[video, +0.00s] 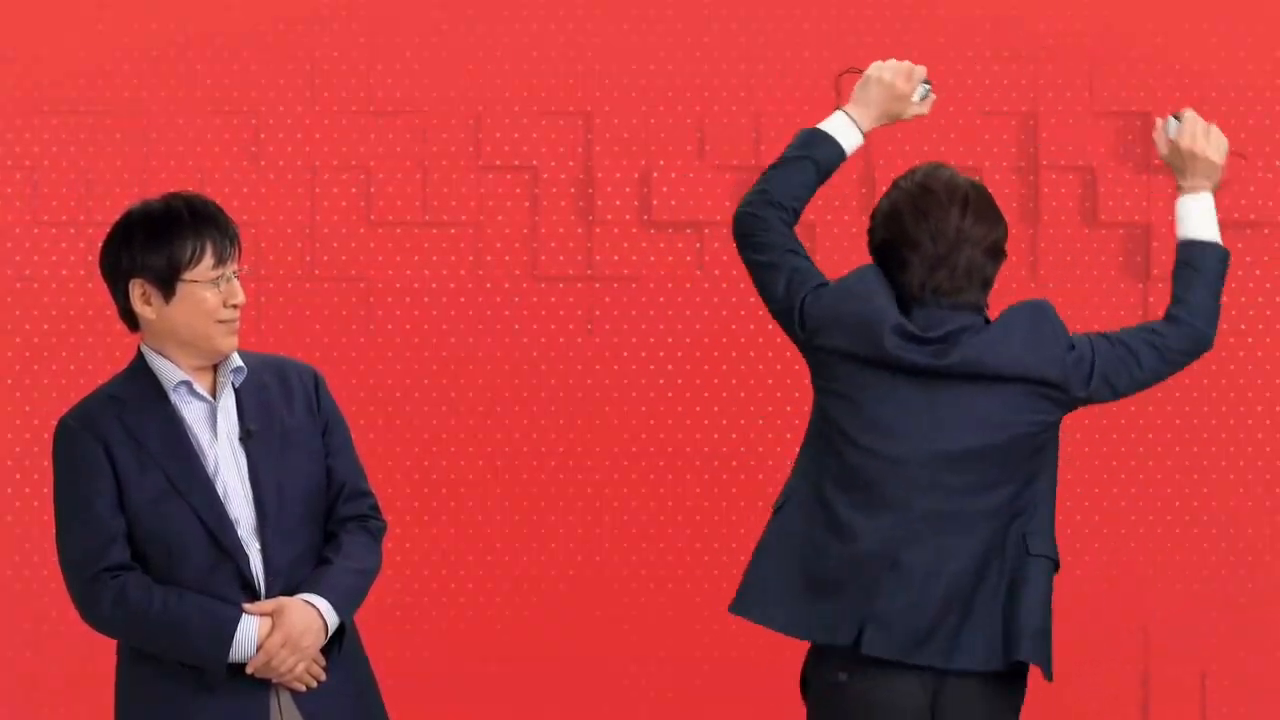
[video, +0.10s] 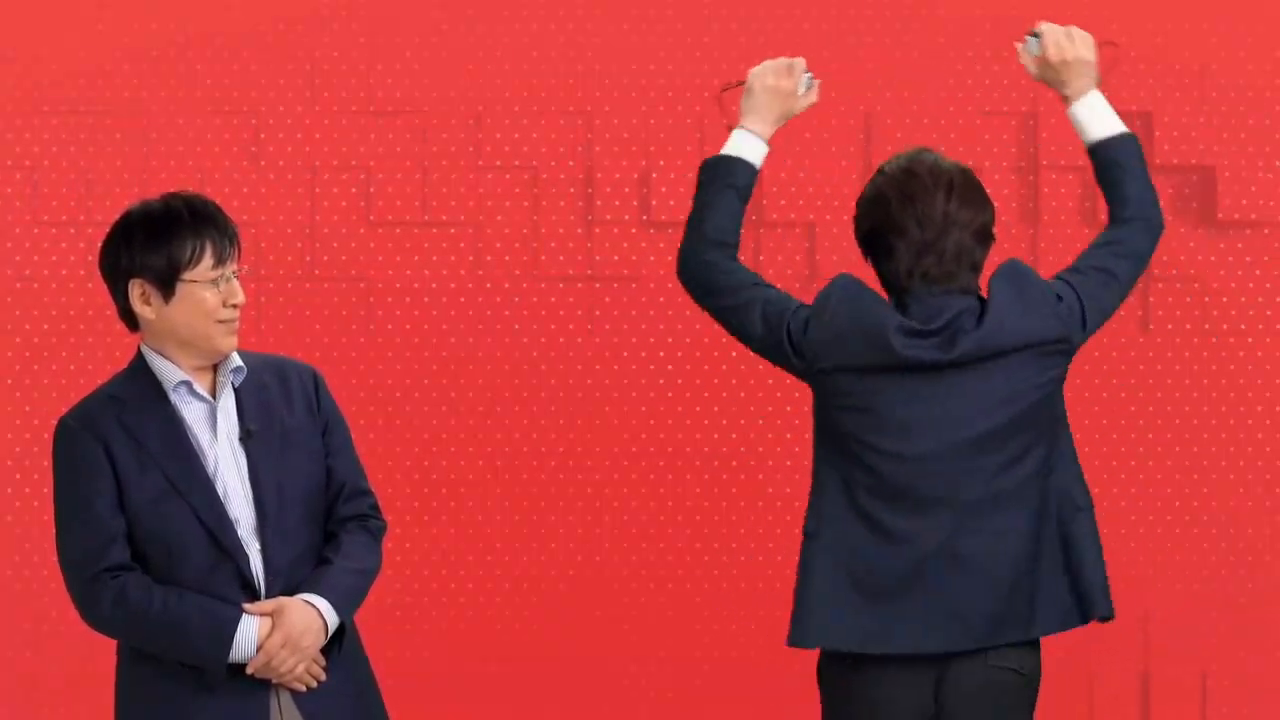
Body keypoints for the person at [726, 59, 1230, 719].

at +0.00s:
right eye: (997, 251)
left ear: (882, 257)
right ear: (991, 265)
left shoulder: (838, 333)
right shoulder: (1039, 361)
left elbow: (760, 221)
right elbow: (1190, 329)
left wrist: (853, 119)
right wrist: (1198, 189)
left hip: (854, 672)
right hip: (984, 681)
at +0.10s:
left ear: (876, 260)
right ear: (982, 247)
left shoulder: (836, 341)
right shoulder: (1039, 328)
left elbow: (705, 263)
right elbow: (1138, 221)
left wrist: (754, 127)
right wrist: (1084, 94)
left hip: (869, 660)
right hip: (999, 657)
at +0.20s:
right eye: (982, 242)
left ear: (873, 270)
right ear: (981, 253)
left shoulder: (840, 371)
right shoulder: (1030, 322)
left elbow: (680, 346)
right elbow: (1057, 180)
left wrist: (675, 202)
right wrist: (953, 82)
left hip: (887, 680)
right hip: (1012, 668)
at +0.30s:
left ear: (871, 277)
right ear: (981, 260)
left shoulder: (838, 385)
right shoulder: (1029, 334)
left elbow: (674, 369)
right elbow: (1038, 192)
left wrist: (657, 231)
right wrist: (916, 116)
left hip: (890, 688)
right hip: (1014, 675)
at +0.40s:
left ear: (883, 257)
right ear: (993, 249)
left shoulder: (832, 338)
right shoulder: (1038, 333)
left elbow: (690, 274)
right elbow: (1119, 211)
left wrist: (715, 139)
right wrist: (1030, 98)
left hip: (847, 667)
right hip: (976, 666)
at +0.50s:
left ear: (890, 248)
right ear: (1002, 269)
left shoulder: (837, 314)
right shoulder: (1038, 361)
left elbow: (747, 199)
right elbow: (1181, 295)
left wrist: (829, 89)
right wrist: (1157, 150)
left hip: (817, 656)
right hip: (944, 672)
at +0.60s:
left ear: (900, 262)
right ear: (1006, 289)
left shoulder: (847, 323)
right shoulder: (1032, 398)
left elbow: (808, 186)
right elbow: (1197, 383)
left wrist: (929, 112)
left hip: (801, 663)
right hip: (926, 688)